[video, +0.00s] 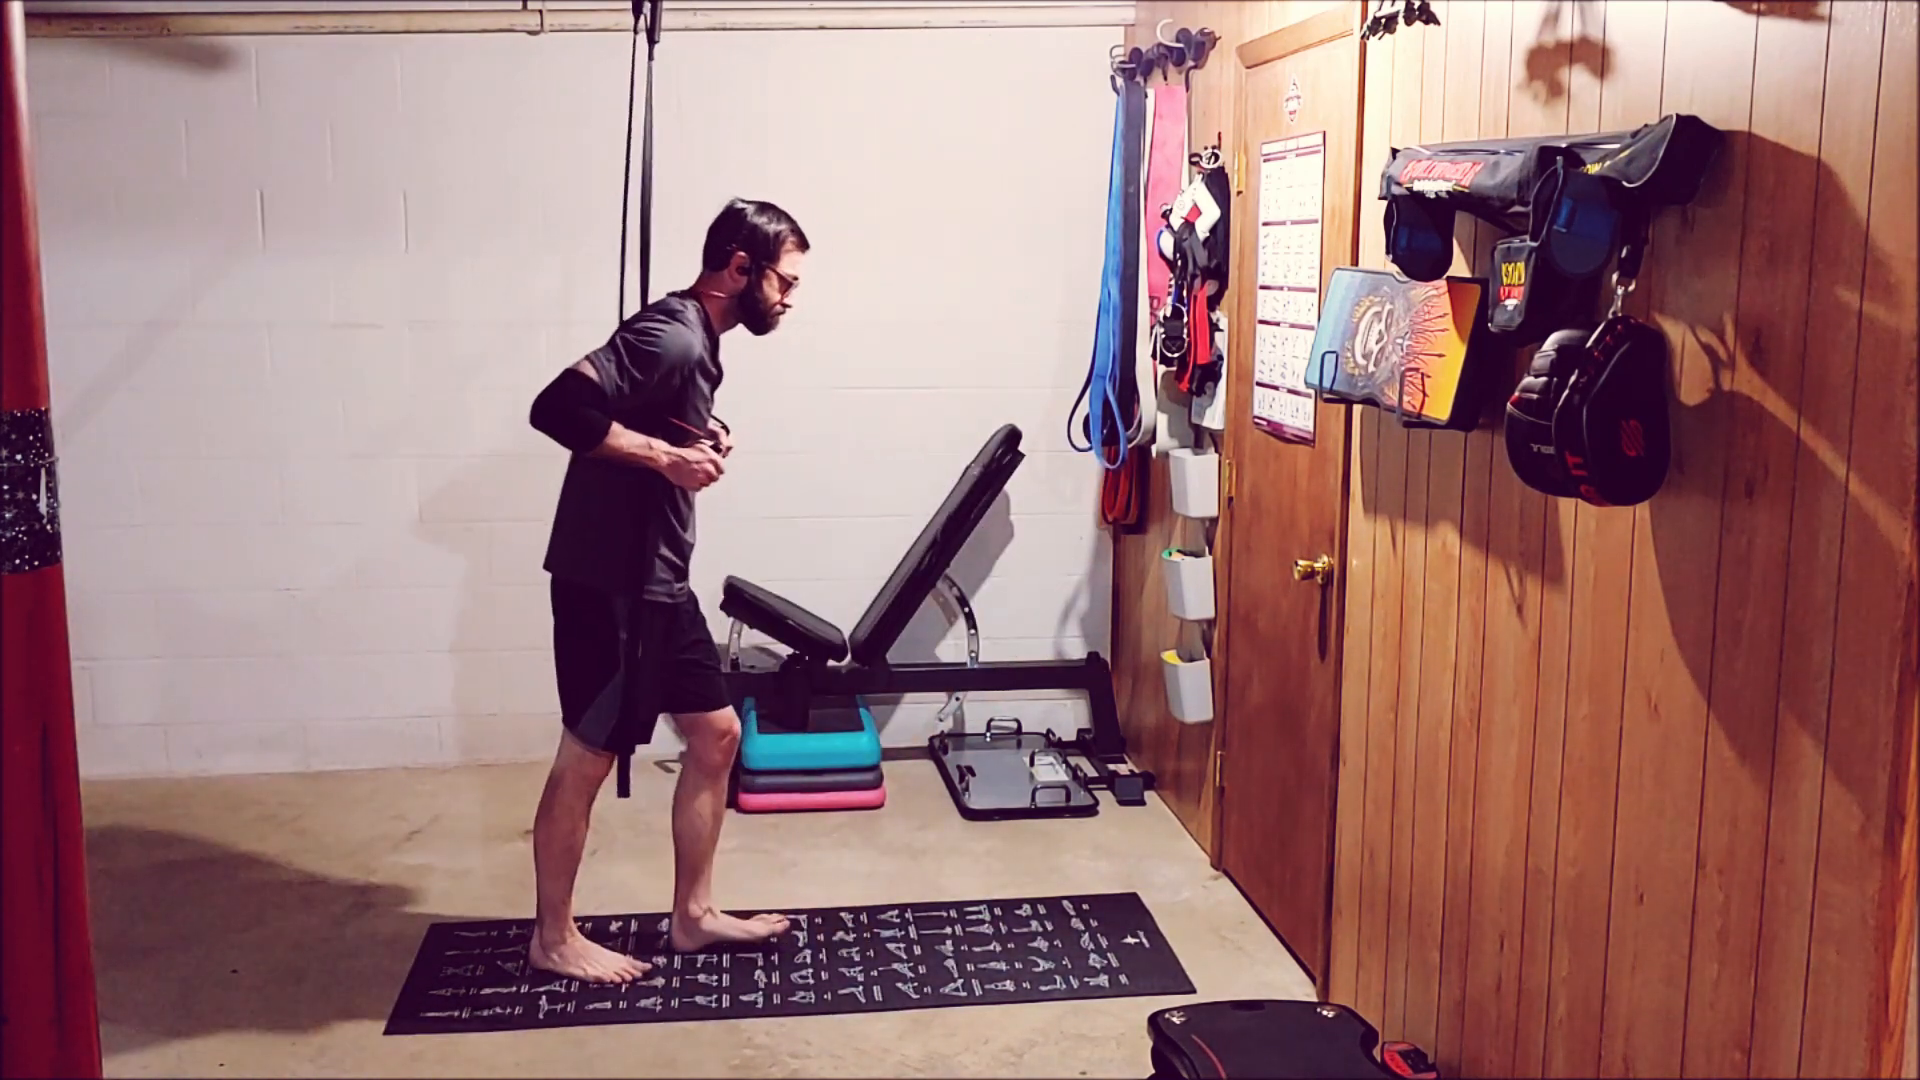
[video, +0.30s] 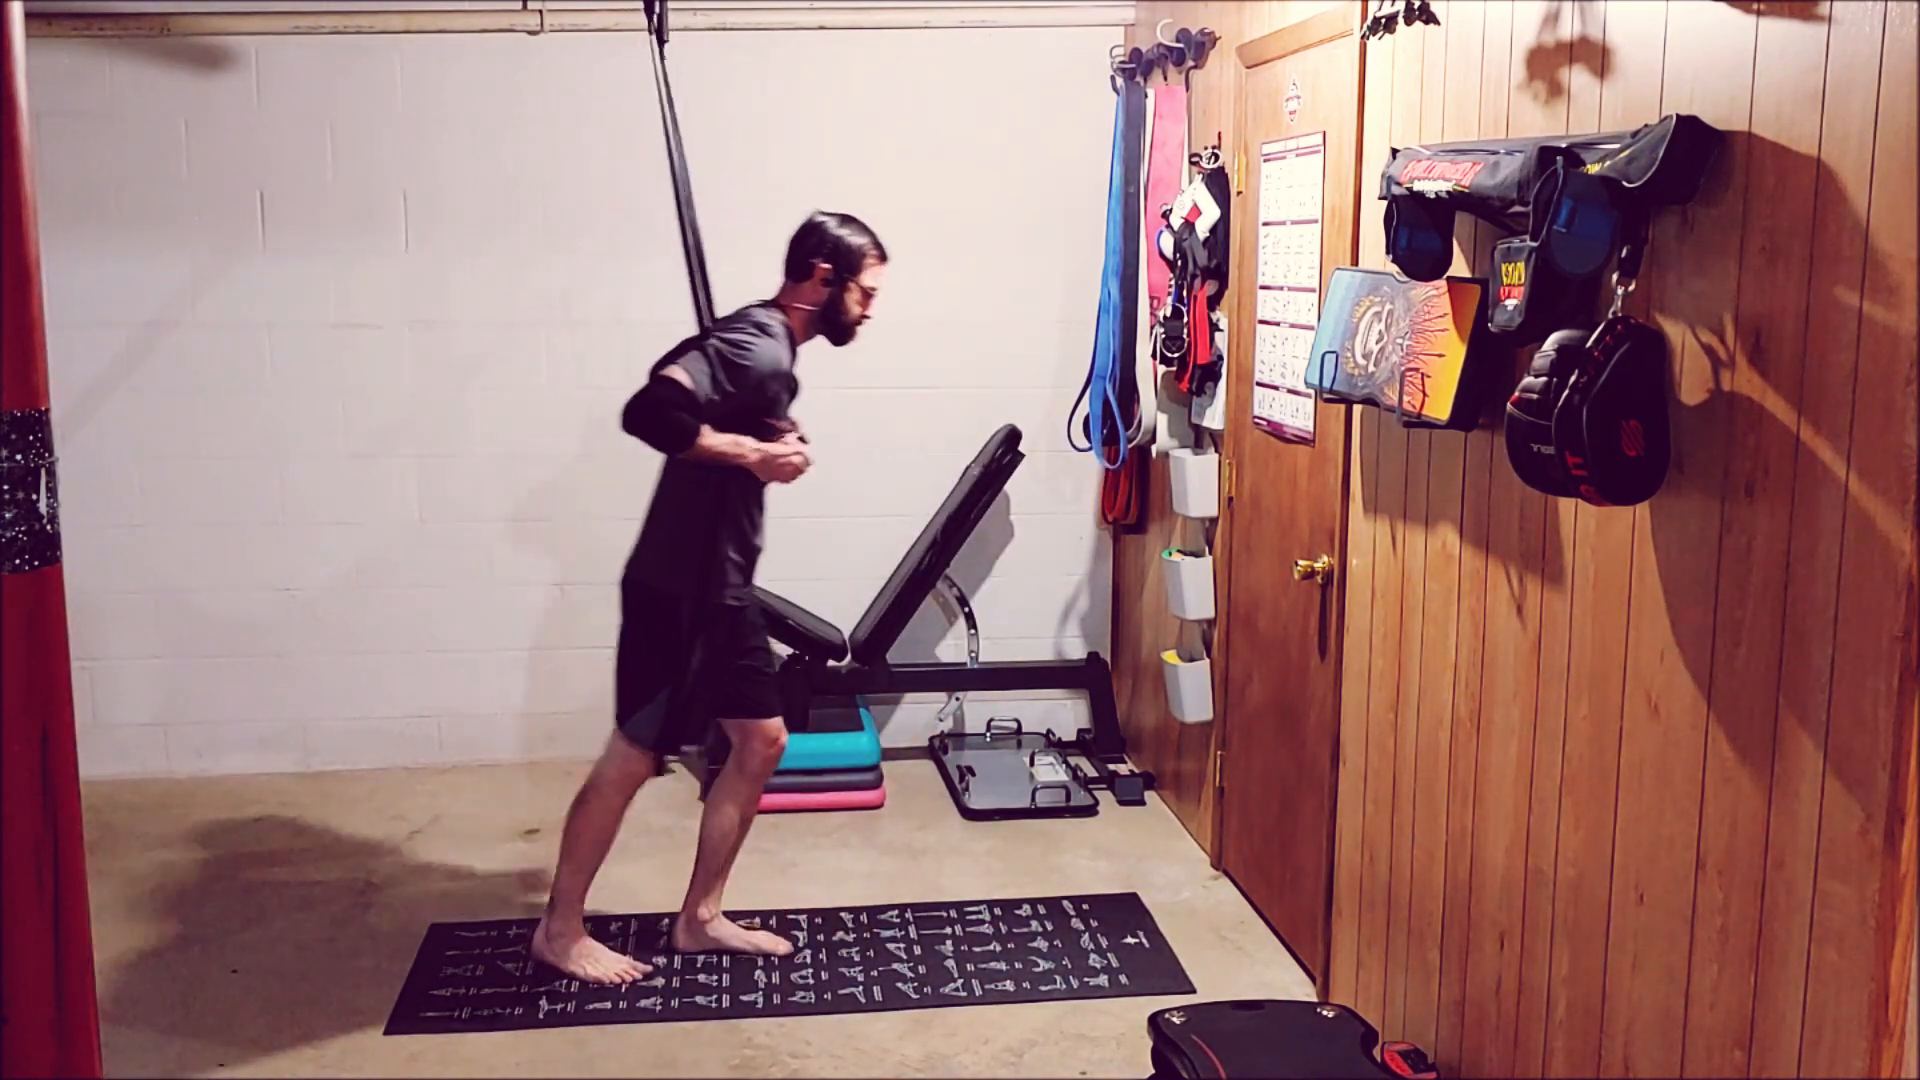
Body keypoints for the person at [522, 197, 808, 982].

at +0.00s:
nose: (790, 300)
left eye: (793, 285)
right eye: (786, 282)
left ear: (741, 270)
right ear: (738, 268)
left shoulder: (701, 341)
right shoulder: (668, 331)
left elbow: (649, 418)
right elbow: (559, 407)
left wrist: (701, 437)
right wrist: (663, 453)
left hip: (662, 580)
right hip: (605, 579)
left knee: (716, 733)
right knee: (589, 754)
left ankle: (694, 913)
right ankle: (553, 938)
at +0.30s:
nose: (871, 307)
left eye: (875, 293)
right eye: (865, 291)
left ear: (815, 282)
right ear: (818, 280)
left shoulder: (772, 349)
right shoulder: (751, 341)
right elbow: (647, 411)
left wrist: (782, 438)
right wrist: (755, 453)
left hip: (721, 581)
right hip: (678, 581)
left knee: (761, 742)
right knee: (634, 754)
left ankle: (701, 917)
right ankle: (559, 932)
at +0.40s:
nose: (906, 306)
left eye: (910, 291)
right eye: (903, 289)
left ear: (855, 279)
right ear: (857, 278)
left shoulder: (811, 348)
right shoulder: (790, 338)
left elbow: (724, 417)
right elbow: (688, 406)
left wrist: (802, 438)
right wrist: (791, 446)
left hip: (757, 582)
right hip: (716, 581)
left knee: (776, 743)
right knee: (687, 752)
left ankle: (703, 915)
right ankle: (568, 917)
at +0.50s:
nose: (940, 303)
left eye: (944, 289)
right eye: (936, 287)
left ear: (891, 277)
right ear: (891, 275)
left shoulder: (847, 343)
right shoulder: (825, 334)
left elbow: (758, 405)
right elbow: (725, 398)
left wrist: (838, 426)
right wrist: (822, 437)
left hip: (786, 572)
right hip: (755, 571)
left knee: (781, 748)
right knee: (761, 758)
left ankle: (703, 915)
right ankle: (606, 889)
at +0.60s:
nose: (974, 301)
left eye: (978, 286)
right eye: (969, 284)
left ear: (920, 274)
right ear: (925, 271)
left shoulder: (875, 335)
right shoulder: (863, 327)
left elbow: (778, 392)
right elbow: (756, 389)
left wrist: (873, 415)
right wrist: (859, 422)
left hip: (805, 574)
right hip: (793, 576)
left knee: (787, 743)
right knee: (849, 747)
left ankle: (704, 909)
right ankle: (691, 863)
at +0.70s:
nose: (1007, 296)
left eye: (1011, 281)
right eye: (1003, 279)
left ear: (951, 266)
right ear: (960, 266)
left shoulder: (899, 314)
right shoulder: (899, 319)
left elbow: (802, 341)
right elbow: (786, 376)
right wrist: (890, 407)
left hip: (826, 554)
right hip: (843, 560)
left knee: (791, 732)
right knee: (912, 730)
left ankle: (708, 901)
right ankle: (791, 879)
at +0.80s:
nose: (1037, 287)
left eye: (1042, 273)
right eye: (1034, 269)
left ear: (982, 256)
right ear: (991, 257)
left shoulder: (927, 301)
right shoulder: (930, 307)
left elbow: (826, 320)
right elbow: (817, 369)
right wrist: (921, 390)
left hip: (867, 546)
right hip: (882, 553)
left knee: (842, 716)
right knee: (936, 726)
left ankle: (730, 878)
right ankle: (840, 892)